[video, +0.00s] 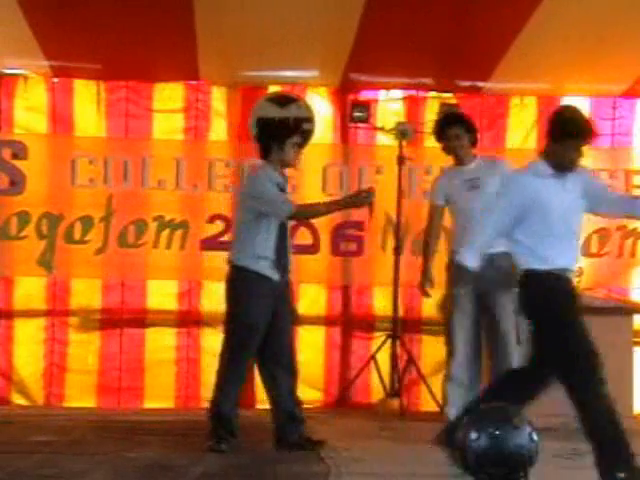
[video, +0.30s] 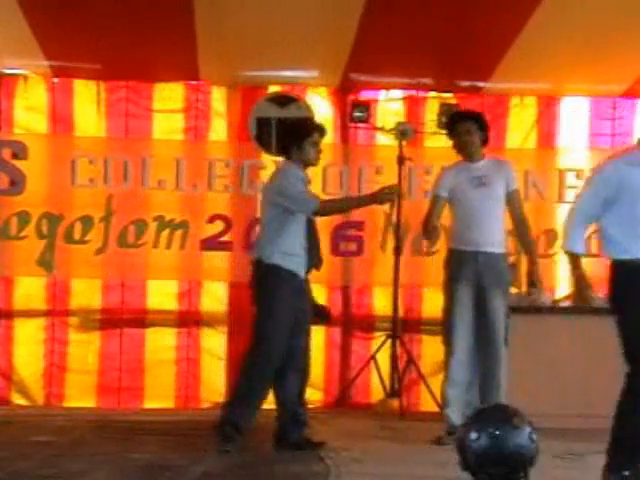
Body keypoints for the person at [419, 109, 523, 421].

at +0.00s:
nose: (455, 144)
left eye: (459, 136)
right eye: (448, 140)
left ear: (472, 137)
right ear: (443, 145)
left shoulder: (497, 170)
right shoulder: (446, 181)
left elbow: (518, 209)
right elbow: (433, 227)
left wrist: (521, 254)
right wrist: (427, 269)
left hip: (499, 257)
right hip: (463, 260)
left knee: (506, 336)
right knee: (462, 340)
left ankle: (510, 406)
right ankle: (458, 413)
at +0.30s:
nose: (466, 140)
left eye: (470, 133)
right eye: (460, 135)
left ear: (483, 136)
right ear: (453, 141)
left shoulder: (502, 170)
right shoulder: (449, 175)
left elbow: (519, 219)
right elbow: (432, 219)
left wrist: (532, 262)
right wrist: (431, 231)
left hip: (494, 259)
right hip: (461, 257)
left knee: (495, 338)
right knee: (459, 339)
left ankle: (493, 414)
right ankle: (457, 417)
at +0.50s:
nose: (481, 139)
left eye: (486, 133)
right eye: (474, 133)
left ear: (494, 136)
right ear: (463, 138)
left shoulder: (506, 172)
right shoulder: (454, 171)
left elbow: (519, 222)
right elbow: (434, 202)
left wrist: (530, 268)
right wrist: (452, 195)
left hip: (495, 257)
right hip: (462, 256)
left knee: (495, 335)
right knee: (460, 335)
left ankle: (493, 413)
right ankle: (457, 416)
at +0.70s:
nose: (486, 141)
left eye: (491, 135)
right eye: (480, 135)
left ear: (498, 138)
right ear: (468, 139)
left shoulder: (509, 173)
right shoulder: (459, 169)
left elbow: (520, 224)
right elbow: (457, 180)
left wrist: (530, 271)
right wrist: (479, 172)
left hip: (496, 255)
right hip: (464, 253)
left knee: (493, 335)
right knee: (460, 335)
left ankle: (491, 413)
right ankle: (456, 415)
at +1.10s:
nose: (516, 150)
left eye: (520, 144)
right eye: (511, 143)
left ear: (523, 145)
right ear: (495, 142)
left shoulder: (521, 179)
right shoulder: (476, 172)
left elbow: (526, 222)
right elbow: (468, 212)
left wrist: (542, 240)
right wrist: (511, 207)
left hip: (507, 255)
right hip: (476, 253)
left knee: (506, 331)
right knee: (481, 331)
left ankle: (497, 408)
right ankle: (474, 411)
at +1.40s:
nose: (538, 151)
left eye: (539, 145)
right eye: (534, 144)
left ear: (531, 144)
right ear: (517, 142)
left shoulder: (527, 180)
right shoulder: (491, 174)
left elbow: (536, 219)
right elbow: (480, 222)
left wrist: (547, 217)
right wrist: (527, 223)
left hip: (514, 259)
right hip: (491, 258)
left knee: (509, 339)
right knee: (506, 338)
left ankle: (493, 414)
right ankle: (520, 420)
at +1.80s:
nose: (558, 148)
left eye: (559, 141)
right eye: (556, 141)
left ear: (540, 140)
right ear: (541, 140)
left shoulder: (537, 174)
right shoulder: (519, 172)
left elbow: (547, 218)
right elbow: (501, 228)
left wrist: (565, 243)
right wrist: (547, 247)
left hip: (539, 263)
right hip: (523, 264)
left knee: (548, 345)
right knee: (531, 346)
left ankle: (505, 414)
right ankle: (527, 427)